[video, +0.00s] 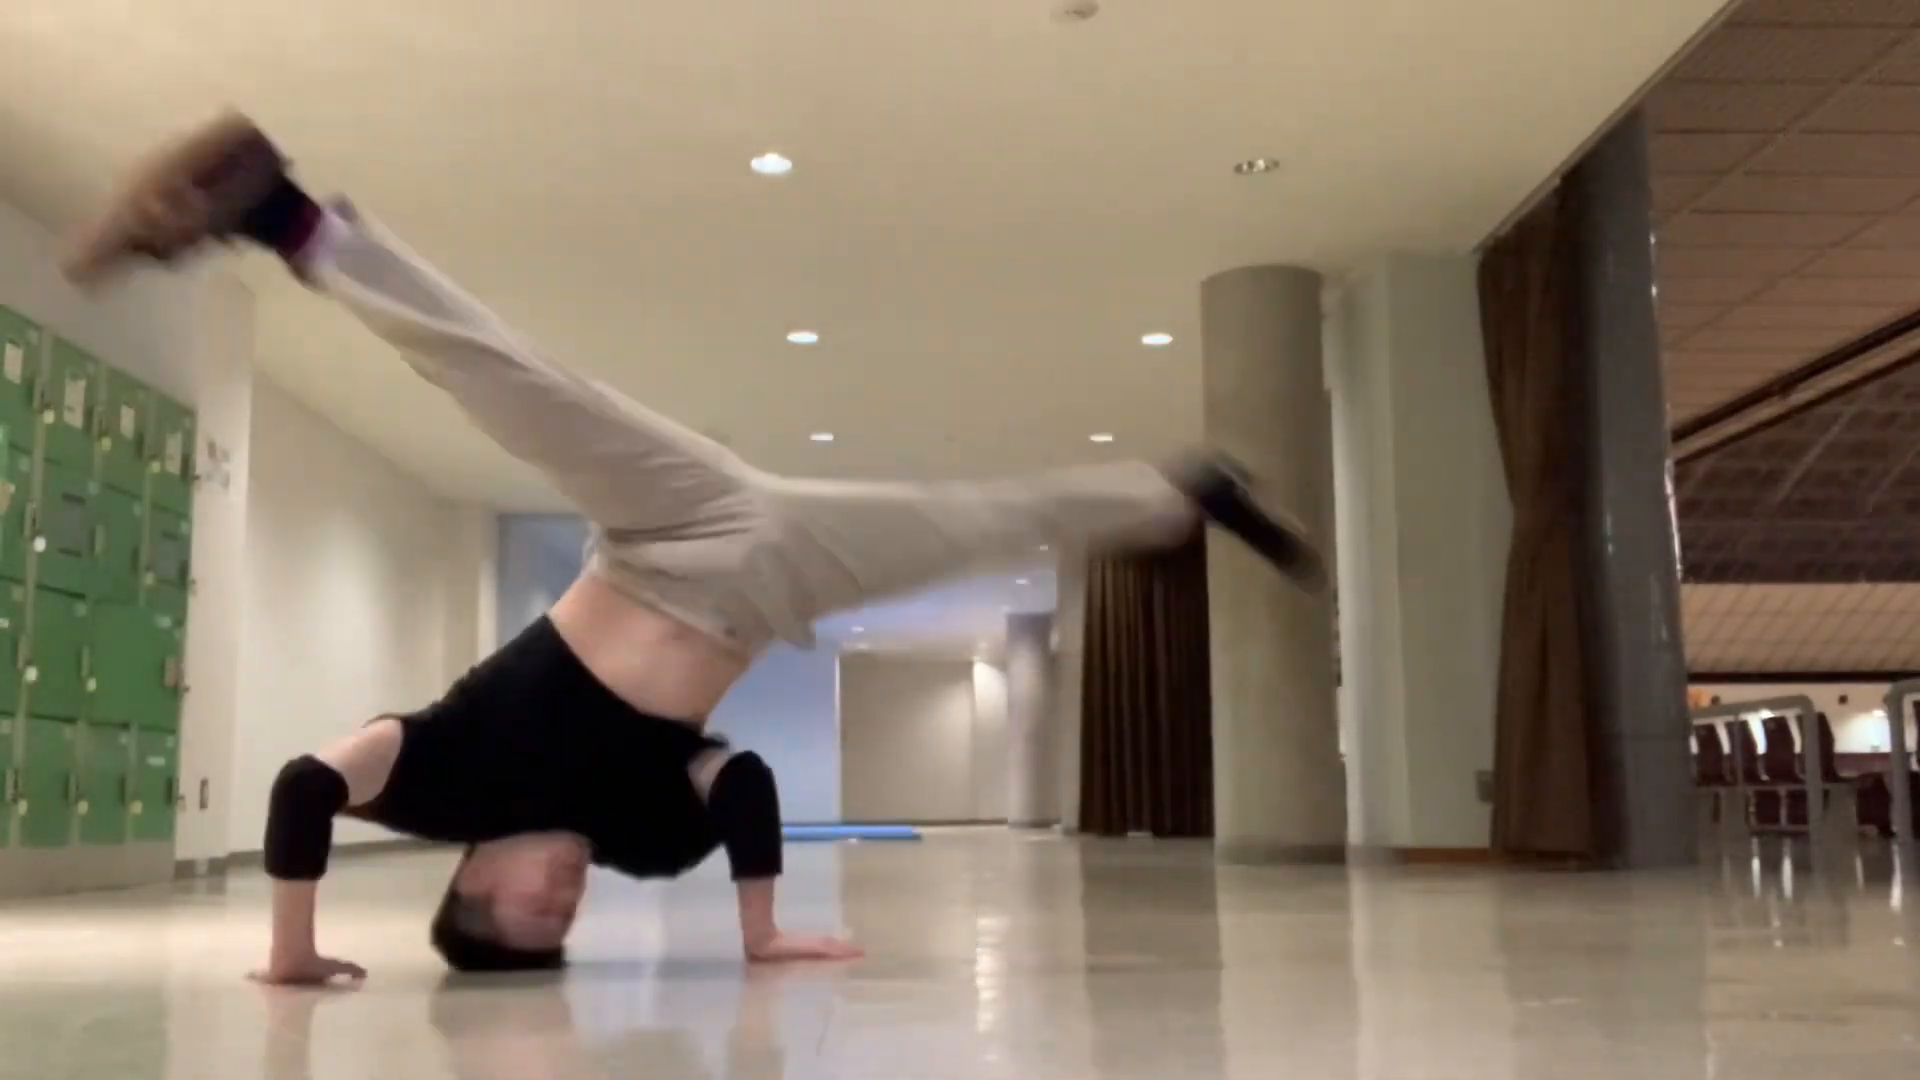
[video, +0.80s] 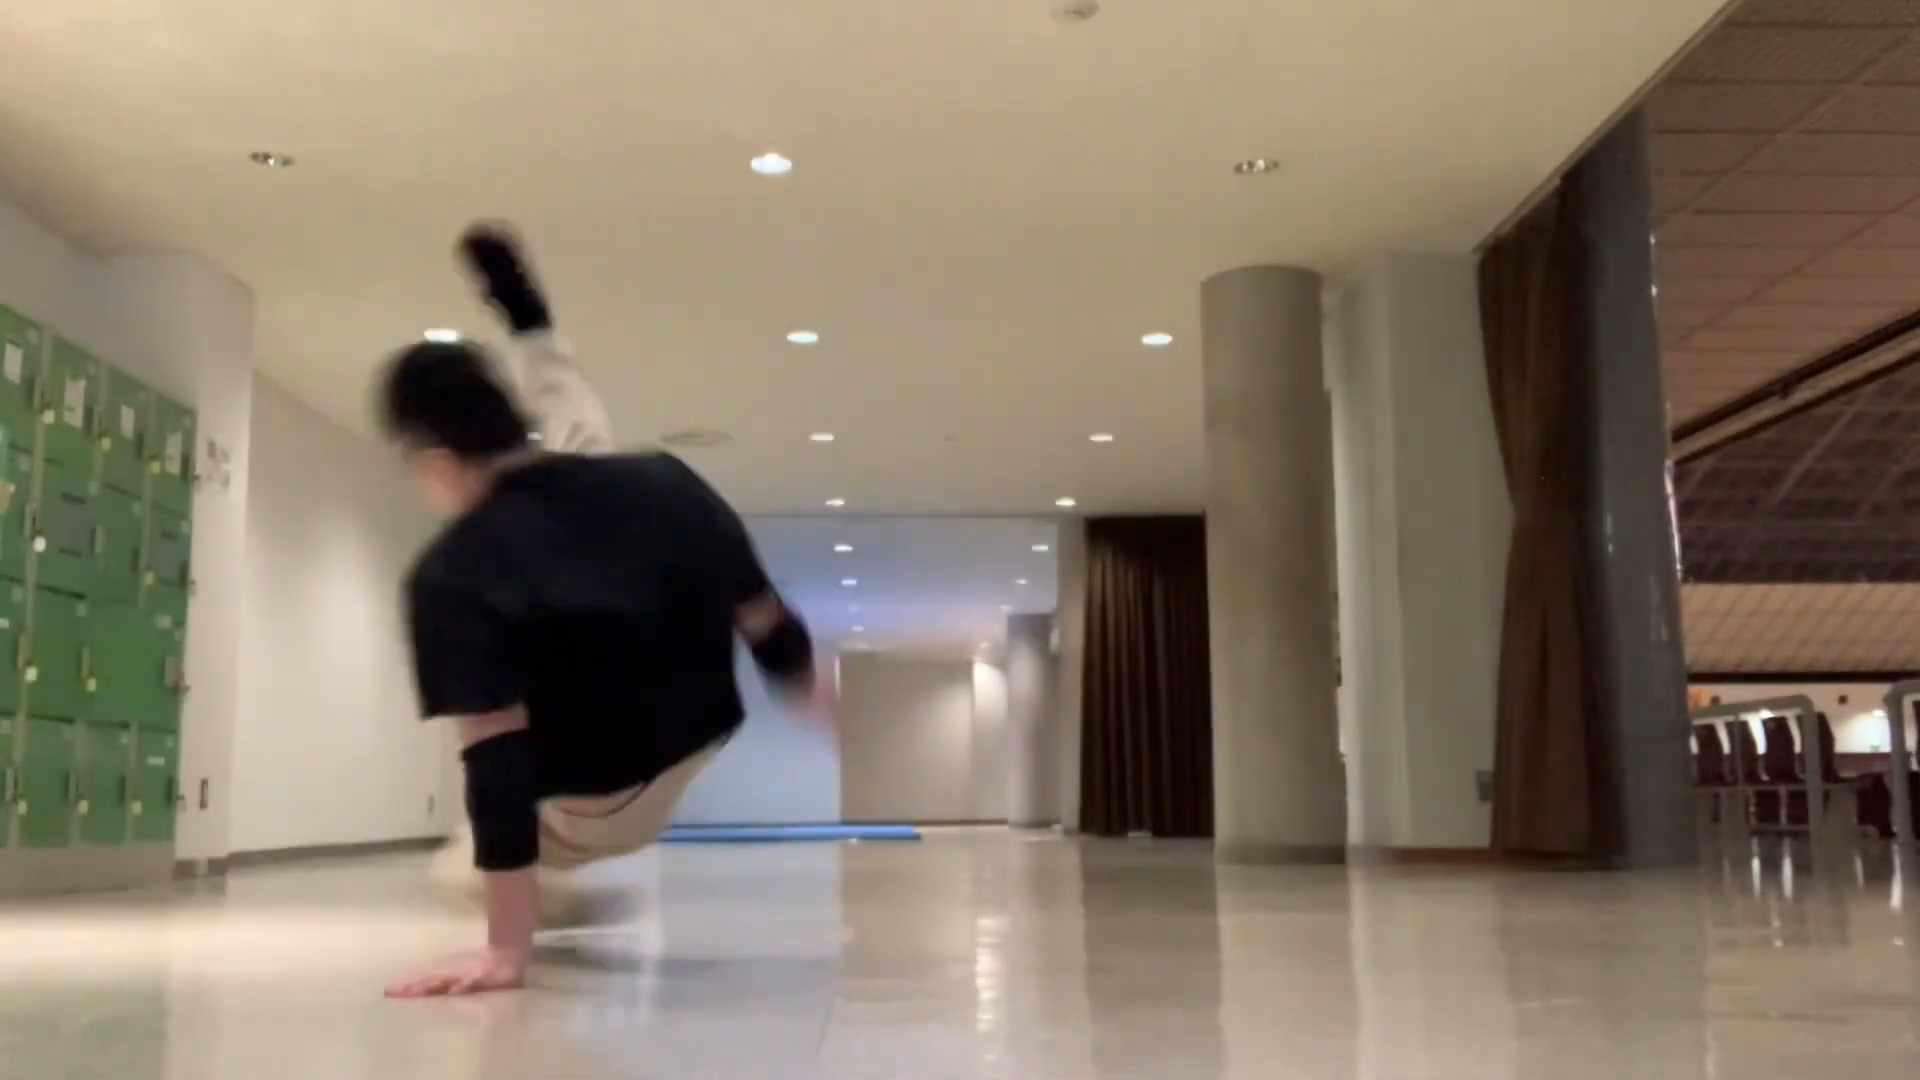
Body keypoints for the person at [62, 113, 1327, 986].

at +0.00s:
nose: (524, 896)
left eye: (490, 909)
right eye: (527, 917)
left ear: (468, 882)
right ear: (548, 903)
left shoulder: (435, 782)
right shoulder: (649, 836)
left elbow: (302, 792)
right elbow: (749, 786)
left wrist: (291, 950)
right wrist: (763, 940)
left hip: (669, 518)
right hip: (766, 589)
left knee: (499, 369)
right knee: (990, 519)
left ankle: (287, 218)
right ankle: (1193, 497)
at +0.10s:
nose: (484, 869)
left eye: (453, 873)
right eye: (485, 893)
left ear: (434, 842)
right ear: (508, 888)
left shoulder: (449, 742)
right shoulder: (612, 836)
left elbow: (332, 781)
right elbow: (733, 782)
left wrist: (293, 938)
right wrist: (762, 940)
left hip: (698, 532)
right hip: (751, 624)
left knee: (539, 362)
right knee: (983, 657)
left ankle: (359, 183)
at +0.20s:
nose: (464, 779)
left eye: (453, 769)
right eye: (463, 800)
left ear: (464, 734)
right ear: (490, 810)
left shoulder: (504, 662)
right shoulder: (607, 800)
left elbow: (396, 704)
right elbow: (745, 799)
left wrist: (332, 856)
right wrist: (764, 940)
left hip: (744, 570)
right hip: (759, 673)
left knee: (644, 399)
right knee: (674, 769)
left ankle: (558, 205)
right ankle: (661, 896)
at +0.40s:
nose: (732, 462)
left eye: (737, 452)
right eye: (734, 457)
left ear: (753, 474)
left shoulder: (760, 519)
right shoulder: (782, 703)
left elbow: (669, 391)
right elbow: (778, 798)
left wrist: (696, 438)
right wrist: (763, 933)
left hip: (578, 656)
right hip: (537, 794)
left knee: (595, 393)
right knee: (326, 845)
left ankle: (567, 139)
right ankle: (94, 934)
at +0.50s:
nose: (726, 479)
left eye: (736, 463)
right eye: (730, 464)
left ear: (777, 466)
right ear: (835, 487)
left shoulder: (764, 512)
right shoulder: (828, 653)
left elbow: (697, 584)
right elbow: (791, 794)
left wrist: (609, 593)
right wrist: (762, 936)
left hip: (515, 673)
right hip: (527, 780)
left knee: (434, 404)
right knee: (370, 829)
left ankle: (359, 133)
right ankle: (394, 837)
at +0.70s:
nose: (581, 479)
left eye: (584, 456)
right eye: (586, 455)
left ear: (615, 464)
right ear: (696, 457)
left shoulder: (584, 574)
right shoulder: (771, 579)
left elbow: (547, 772)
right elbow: (789, 753)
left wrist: (507, 955)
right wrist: (774, 910)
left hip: (525, 758)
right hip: (636, 808)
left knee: (295, 787)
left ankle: (103, 847)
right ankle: (680, 329)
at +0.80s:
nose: (418, 479)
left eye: (414, 459)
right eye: (411, 460)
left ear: (439, 458)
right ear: (510, 418)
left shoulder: (455, 574)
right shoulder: (654, 483)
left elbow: (498, 761)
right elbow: (774, 633)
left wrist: (504, 953)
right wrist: (817, 699)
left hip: (573, 812)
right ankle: (533, 328)